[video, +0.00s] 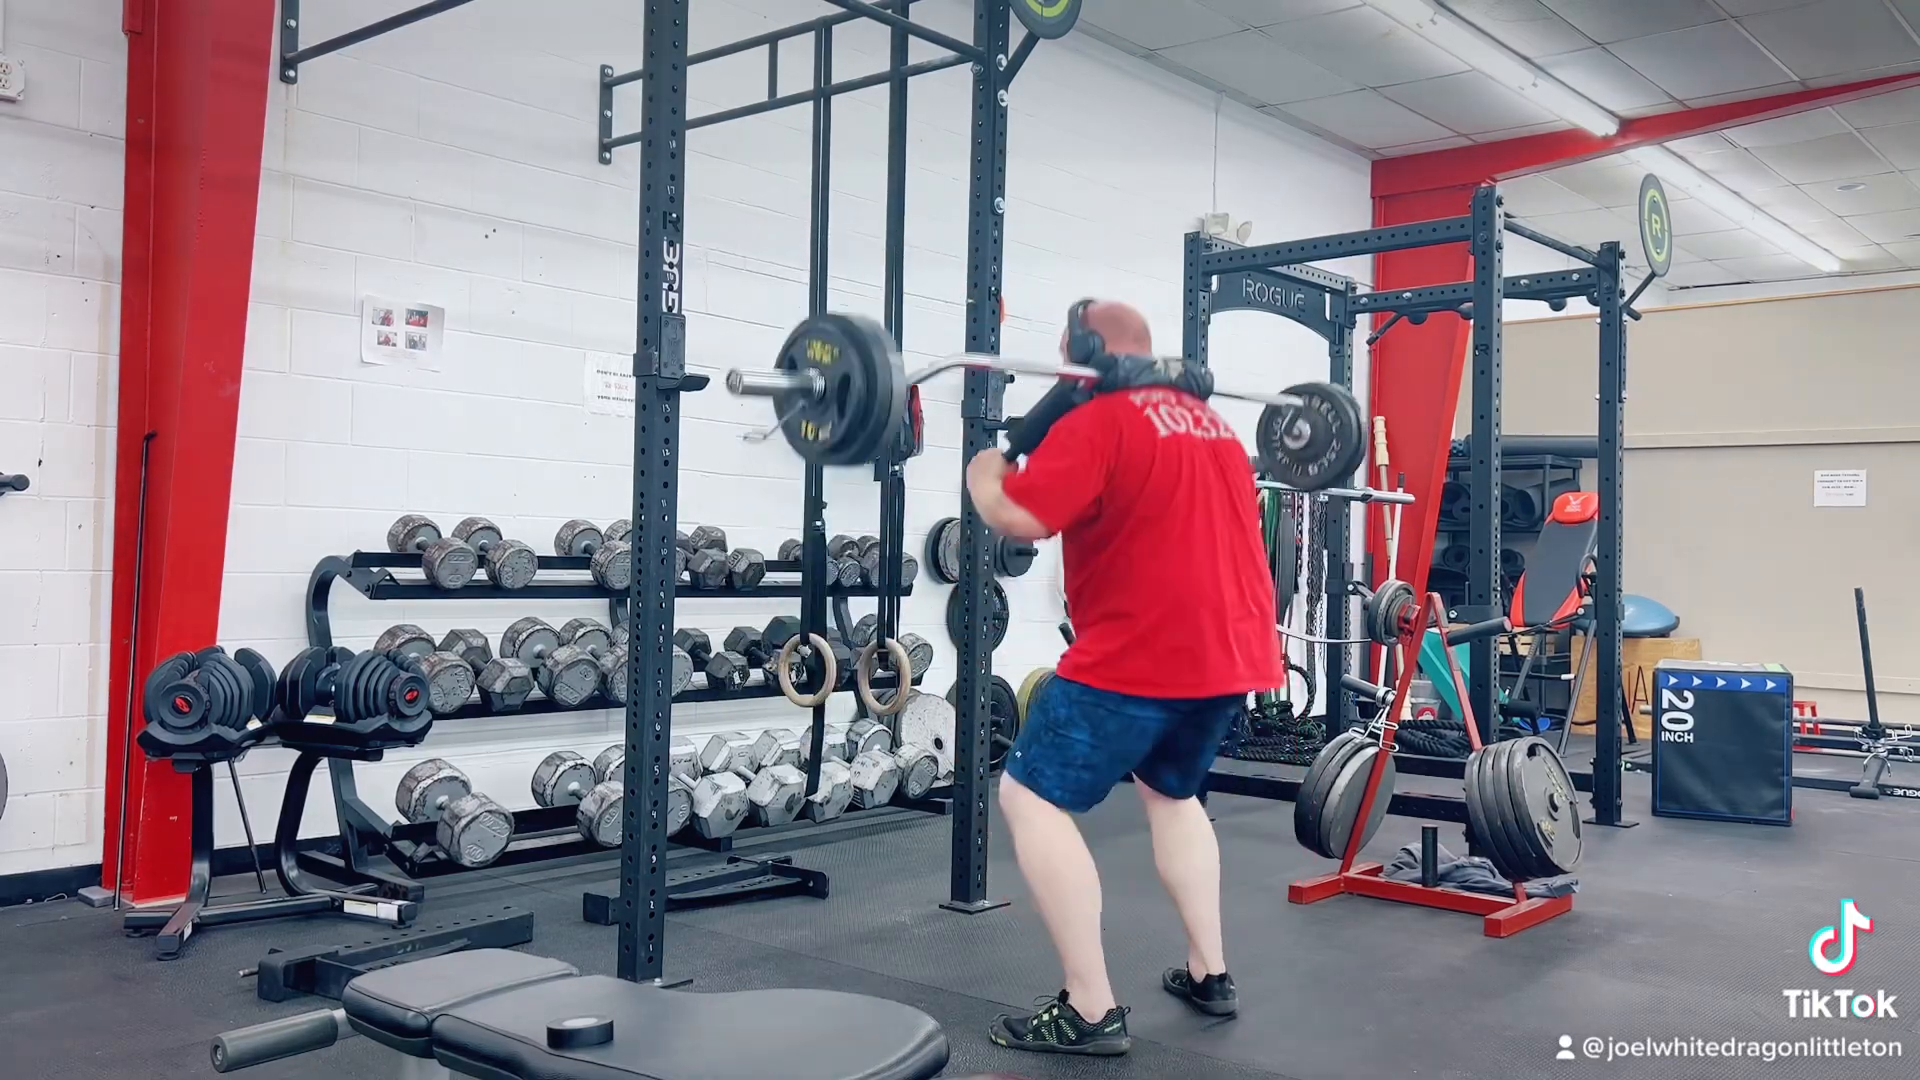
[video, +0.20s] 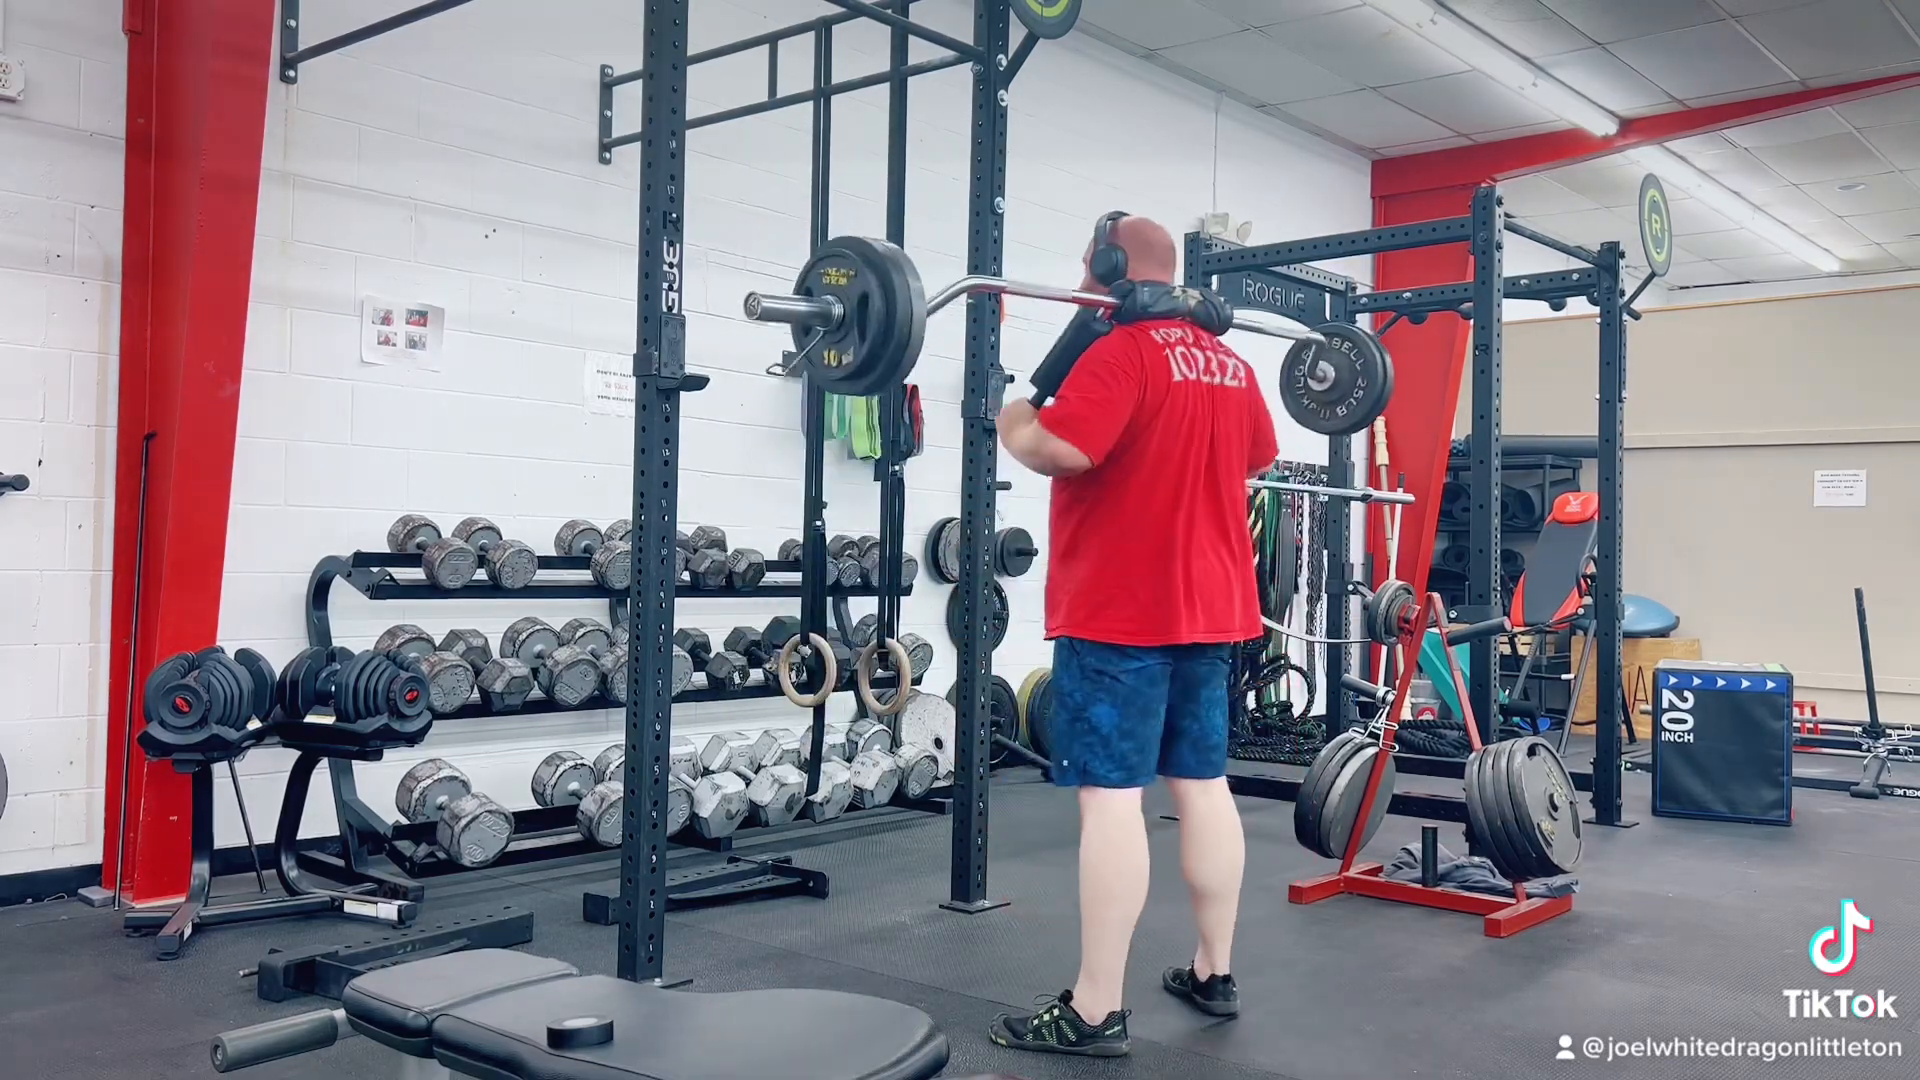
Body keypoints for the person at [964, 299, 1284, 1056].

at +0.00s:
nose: (1063, 367)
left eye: (1066, 354)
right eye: (1065, 353)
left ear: (1081, 356)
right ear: (1149, 351)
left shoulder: (1100, 419)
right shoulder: (1211, 422)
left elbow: (1021, 518)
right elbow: (1239, 529)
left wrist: (982, 471)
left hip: (1142, 647)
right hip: (1237, 648)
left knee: (1029, 792)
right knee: (1171, 787)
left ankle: (1090, 1005)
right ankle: (1210, 973)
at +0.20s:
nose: (1083, 289)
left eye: (1086, 277)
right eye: (1086, 275)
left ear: (1106, 281)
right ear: (1170, 278)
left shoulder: (1121, 348)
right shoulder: (1228, 359)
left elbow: (1068, 451)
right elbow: (1257, 458)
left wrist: (1015, 423)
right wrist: (1171, 445)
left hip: (1120, 606)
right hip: (1213, 604)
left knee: (1110, 797)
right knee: (1203, 783)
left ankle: (1096, 1006)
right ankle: (1215, 973)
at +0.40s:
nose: (1091, 287)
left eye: (1096, 276)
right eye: (1096, 274)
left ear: (1116, 282)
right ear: (1183, 281)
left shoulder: (1127, 352)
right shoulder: (1234, 362)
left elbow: (1080, 456)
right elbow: (1266, 464)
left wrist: (1024, 432)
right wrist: (1186, 473)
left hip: (1124, 611)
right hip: (1214, 609)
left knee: (1119, 799)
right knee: (1211, 784)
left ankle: (1096, 1008)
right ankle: (1216, 976)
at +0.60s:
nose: (1088, 290)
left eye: (1091, 279)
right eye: (1091, 278)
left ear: (1111, 282)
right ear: (1178, 279)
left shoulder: (1122, 349)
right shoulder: (1231, 359)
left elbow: (1077, 455)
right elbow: (1266, 462)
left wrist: (1020, 431)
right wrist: (1185, 467)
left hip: (1124, 608)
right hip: (1219, 606)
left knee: (1109, 794)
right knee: (1202, 783)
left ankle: (1095, 1008)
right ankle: (1215, 975)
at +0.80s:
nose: (1080, 349)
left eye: (1083, 338)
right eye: (1083, 337)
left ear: (1098, 347)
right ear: (1168, 344)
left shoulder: (1111, 422)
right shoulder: (1220, 421)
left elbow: (1018, 516)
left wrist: (992, 464)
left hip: (1139, 662)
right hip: (1238, 657)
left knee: (1037, 799)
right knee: (1177, 792)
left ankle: (1091, 1007)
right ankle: (1211, 971)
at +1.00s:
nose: (1067, 509)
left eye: (1069, 499)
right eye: (1073, 499)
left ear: (1080, 504)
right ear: (1153, 500)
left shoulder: (1097, 572)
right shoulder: (1201, 557)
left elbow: (992, 659)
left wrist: (972, 592)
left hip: (1186, 785)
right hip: (1277, 783)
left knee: (999, 810)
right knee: (1158, 797)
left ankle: (1089, 1010)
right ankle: (1210, 973)